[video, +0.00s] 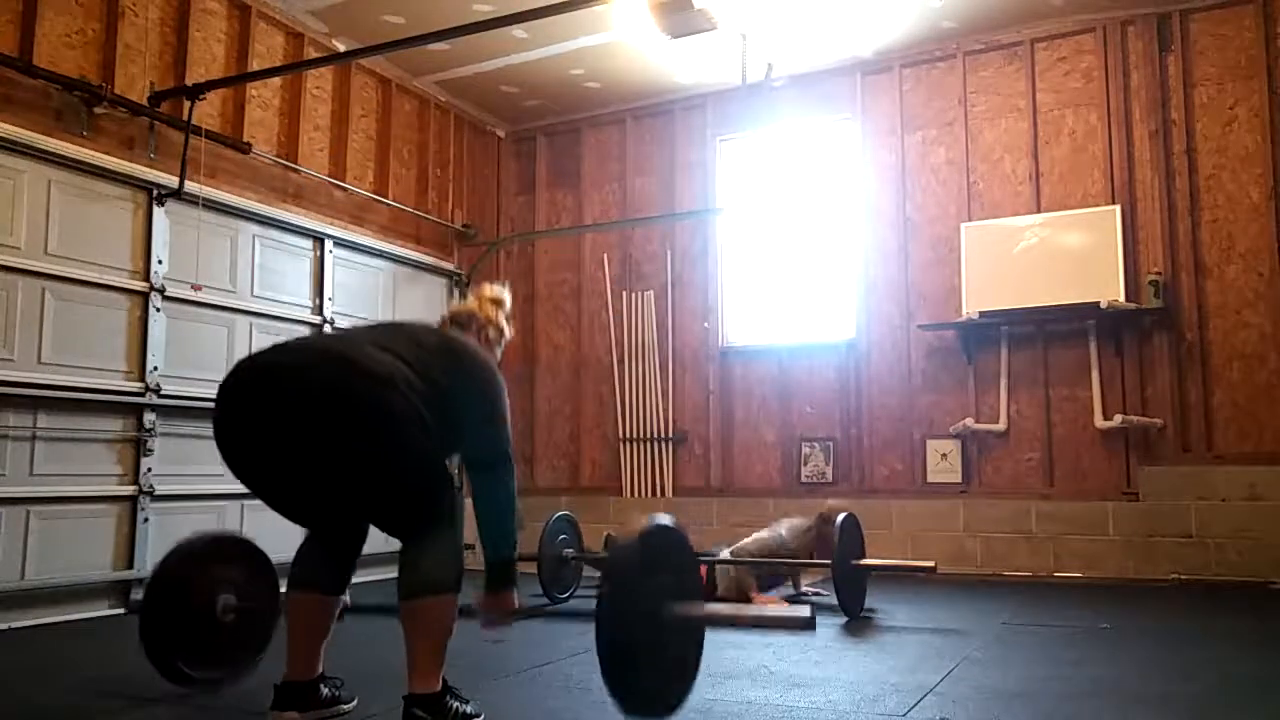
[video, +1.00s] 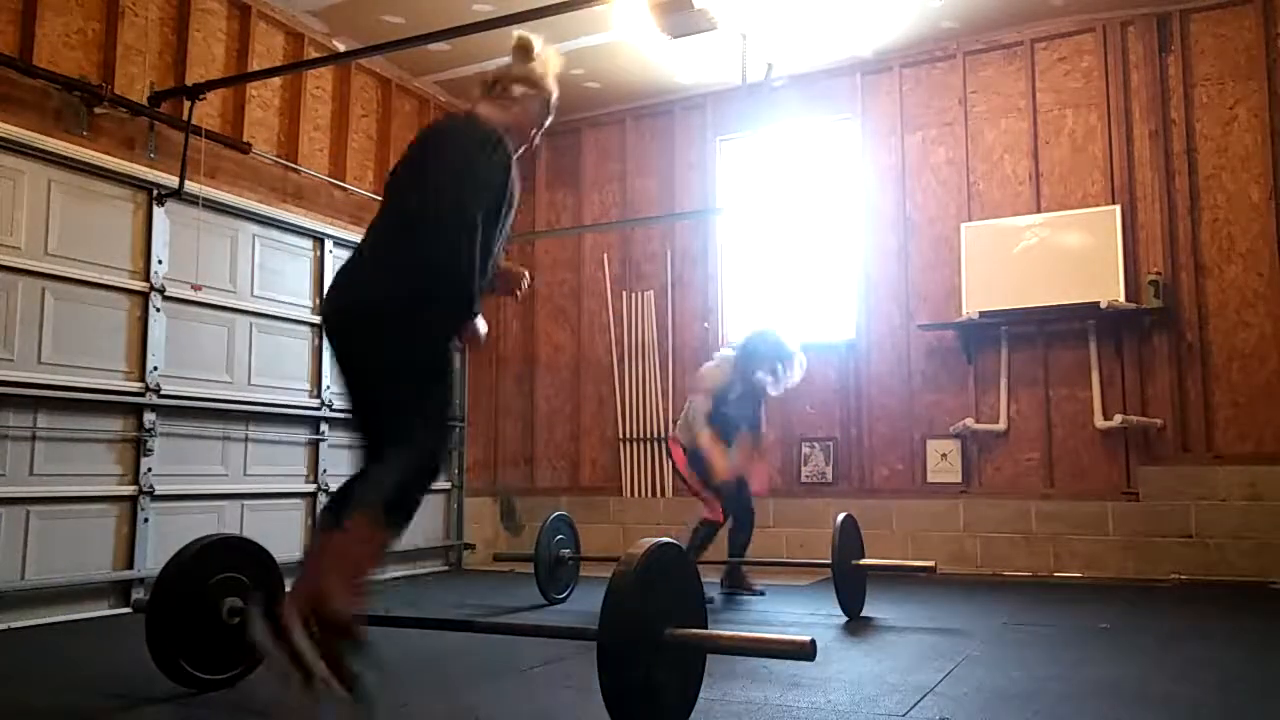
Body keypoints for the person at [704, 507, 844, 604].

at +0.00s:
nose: (835, 536)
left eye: (837, 530)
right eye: (835, 529)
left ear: (823, 522)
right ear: (824, 525)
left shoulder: (805, 533)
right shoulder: (784, 539)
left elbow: (795, 559)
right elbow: (739, 553)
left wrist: (798, 588)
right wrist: (754, 594)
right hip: (730, 566)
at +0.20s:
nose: (819, 525)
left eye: (824, 520)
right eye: (819, 517)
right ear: (809, 506)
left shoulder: (793, 508)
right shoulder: (769, 508)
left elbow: (791, 549)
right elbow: (740, 552)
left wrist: (799, 587)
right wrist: (754, 596)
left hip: (706, 534)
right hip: (693, 528)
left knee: (659, 553)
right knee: (653, 560)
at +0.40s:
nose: (804, 511)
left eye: (808, 508)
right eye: (805, 506)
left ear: (803, 488)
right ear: (797, 492)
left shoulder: (781, 477)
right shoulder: (759, 484)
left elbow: (779, 530)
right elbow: (749, 538)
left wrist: (784, 579)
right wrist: (756, 595)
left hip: (702, 462)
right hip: (683, 462)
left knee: (693, 533)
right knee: (677, 535)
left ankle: (636, 542)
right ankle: (621, 547)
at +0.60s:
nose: (776, 485)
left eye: (782, 482)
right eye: (777, 480)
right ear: (771, 469)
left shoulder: (767, 464)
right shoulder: (740, 464)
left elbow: (777, 518)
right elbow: (749, 524)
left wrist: (787, 569)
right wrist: (763, 574)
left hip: (702, 470)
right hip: (671, 464)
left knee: (727, 523)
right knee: (701, 525)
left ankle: (711, 574)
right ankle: (655, 565)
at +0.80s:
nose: (778, 414)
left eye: (783, 409)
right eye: (780, 408)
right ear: (770, 397)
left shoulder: (759, 407)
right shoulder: (728, 403)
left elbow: (757, 443)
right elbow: (699, 450)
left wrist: (760, 473)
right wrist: (695, 495)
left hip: (709, 452)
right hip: (680, 445)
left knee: (735, 509)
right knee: (705, 510)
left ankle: (712, 569)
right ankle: (667, 558)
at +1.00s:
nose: (769, 379)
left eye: (773, 375)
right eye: (768, 372)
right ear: (755, 360)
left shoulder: (755, 387)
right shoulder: (717, 371)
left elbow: (755, 433)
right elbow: (698, 420)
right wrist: (718, 462)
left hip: (722, 447)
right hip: (690, 443)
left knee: (744, 510)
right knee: (720, 507)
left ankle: (734, 573)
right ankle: (681, 570)